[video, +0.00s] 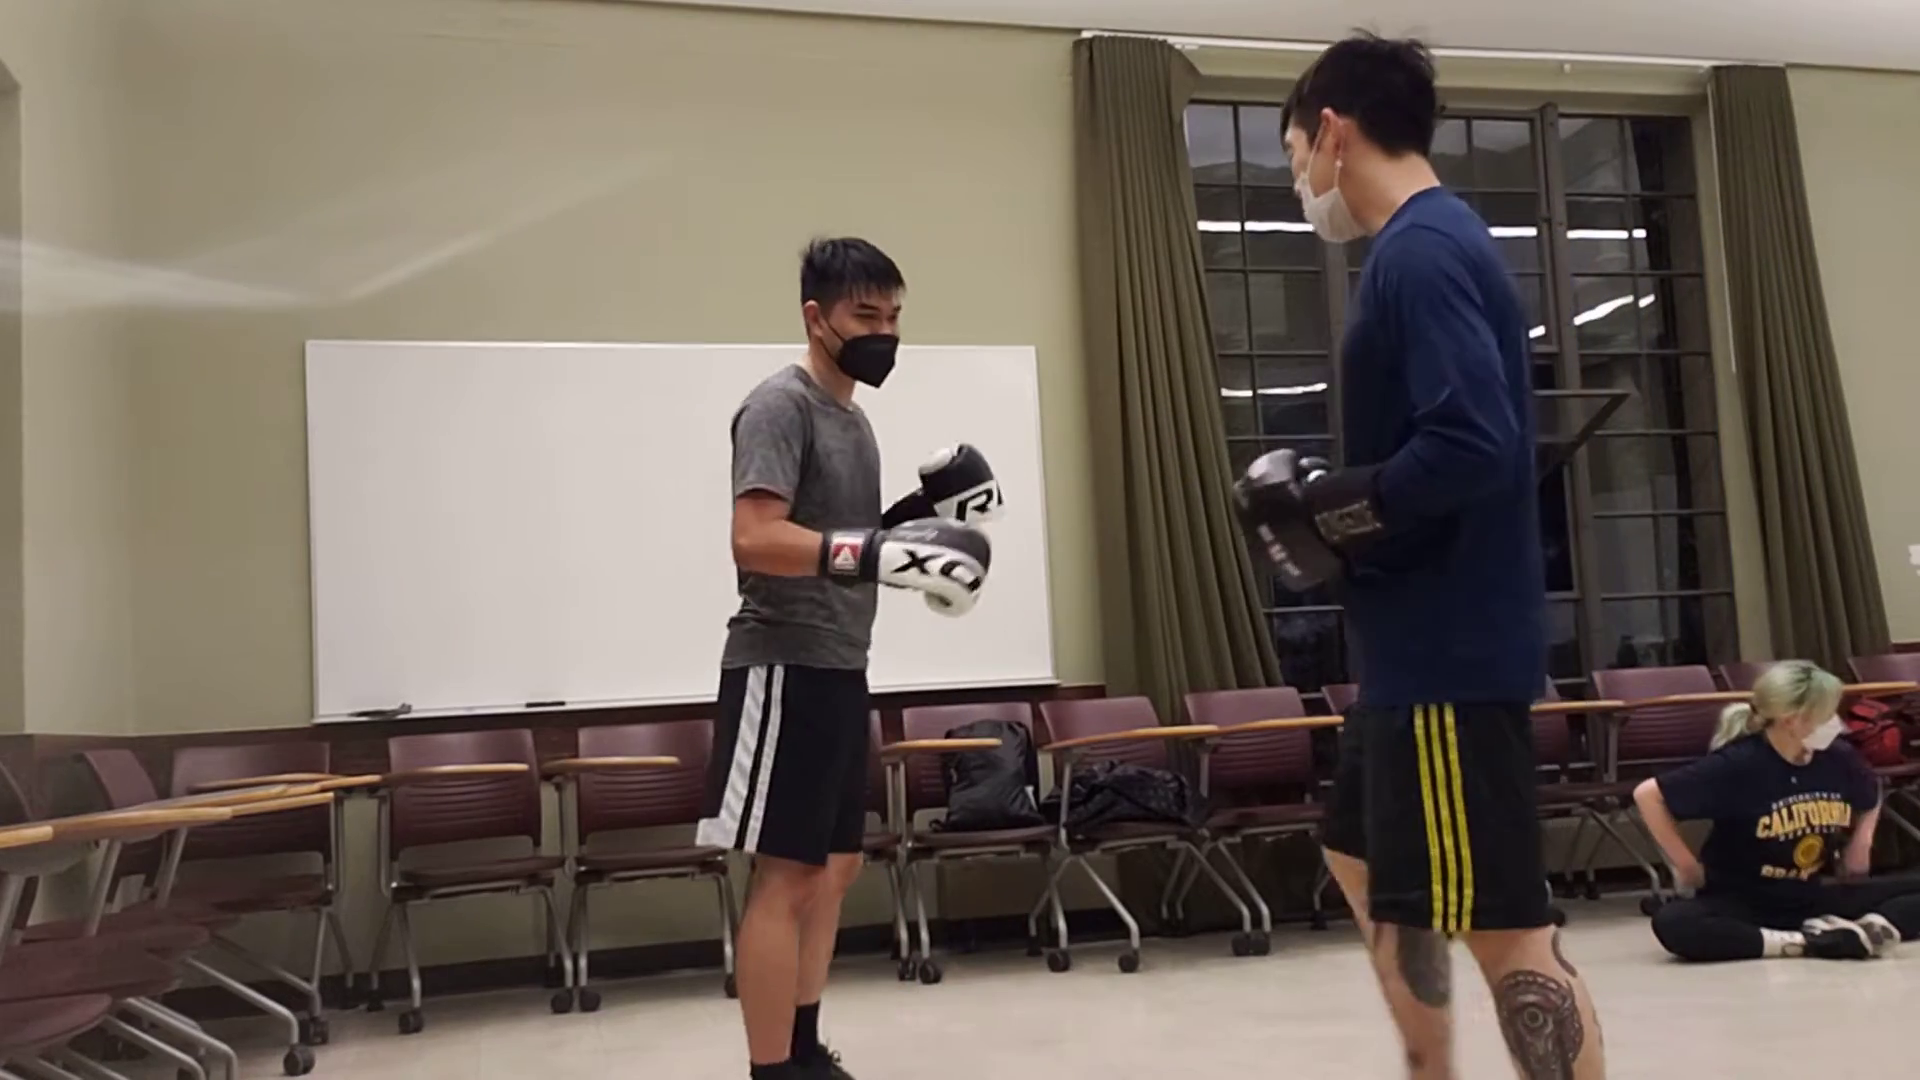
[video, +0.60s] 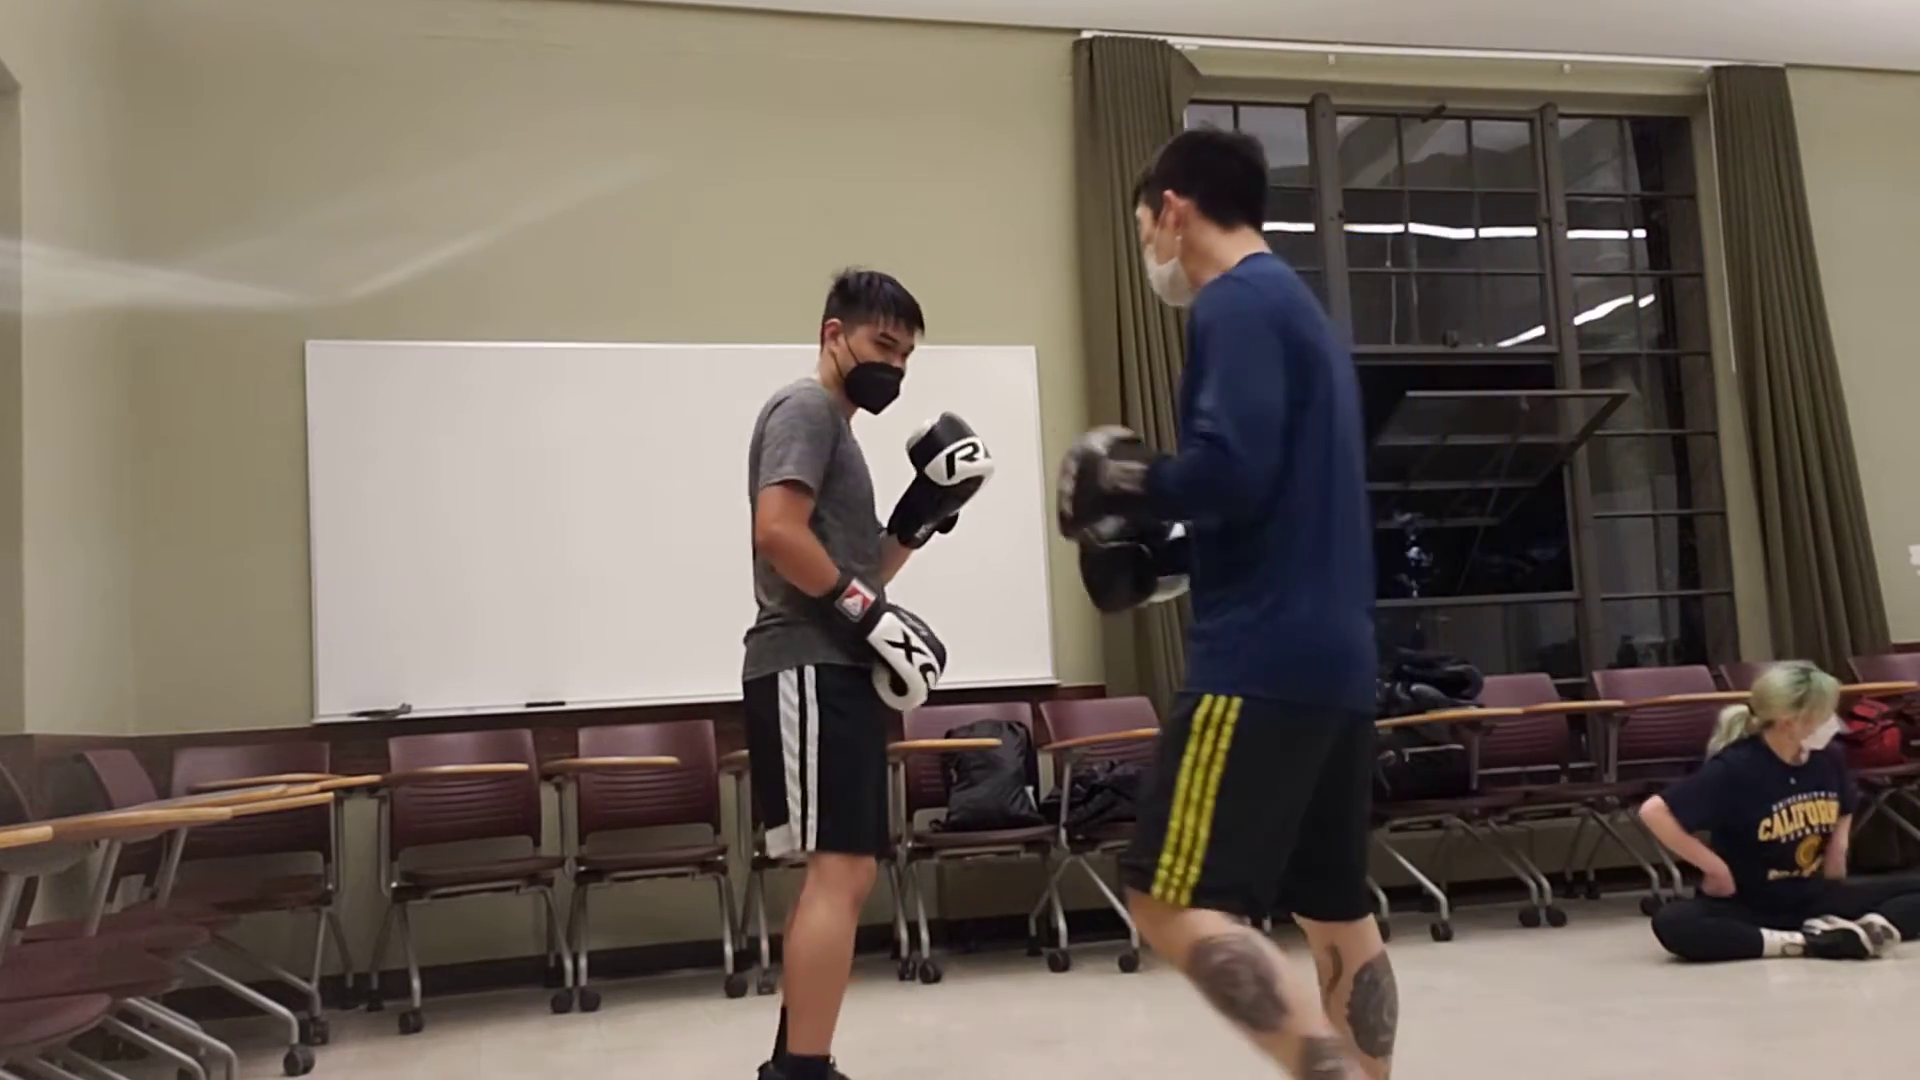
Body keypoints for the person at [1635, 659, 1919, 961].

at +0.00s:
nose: (1835, 725)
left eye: (1834, 716)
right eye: (1826, 718)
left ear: (1797, 721)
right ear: (1793, 722)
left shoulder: (1837, 760)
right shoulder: (1738, 764)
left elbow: (1870, 794)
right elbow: (1647, 794)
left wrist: (1859, 848)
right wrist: (1684, 864)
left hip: (1813, 897)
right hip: (1740, 902)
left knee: (1917, 888)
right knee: (1673, 923)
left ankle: (1853, 931)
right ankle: (1797, 943)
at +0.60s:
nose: (1832, 724)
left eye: (1831, 715)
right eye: (1823, 717)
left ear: (1796, 722)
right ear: (1790, 722)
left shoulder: (1828, 760)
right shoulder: (1735, 766)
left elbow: (1846, 805)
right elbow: (1654, 812)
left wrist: (1837, 848)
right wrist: (1712, 867)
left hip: (1814, 896)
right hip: (1746, 904)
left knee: (1917, 888)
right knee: (1672, 922)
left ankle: (1859, 931)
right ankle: (1797, 944)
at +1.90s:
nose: (1834, 718)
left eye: (1831, 708)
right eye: (1822, 710)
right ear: (1783, 715)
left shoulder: (1833, 767)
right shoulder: (1738, 774)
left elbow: (1860, 833)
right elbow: (1710, 866)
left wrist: (1847, 869)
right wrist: (1788, 911)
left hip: (1824, 895)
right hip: (1753, 904)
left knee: (1916, 891)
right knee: (1670, 923)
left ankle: (1853, 934)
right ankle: (1794, 945)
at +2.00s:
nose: (1832, 718)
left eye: (1829, 707)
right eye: (1820, 710)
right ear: (1780, 715)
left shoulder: (1833, 767)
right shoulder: (1737, 774)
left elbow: (1860, 832)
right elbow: (1711, 867)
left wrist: (1844, 872)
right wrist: (1790, 912)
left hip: (1824, 897)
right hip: (1752, 905)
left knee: (1916, 890)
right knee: (1670, 923)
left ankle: (1857, 934)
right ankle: (1794, 945)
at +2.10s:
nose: (1829, 717)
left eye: (1827, 707)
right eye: (1817, 710)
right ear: (1778, 715)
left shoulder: (1831, 766)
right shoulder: (1736, 774)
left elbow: (1856, 833)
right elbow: (1714, 868)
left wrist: (1847, 871)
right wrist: (1793, 912)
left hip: (1826, 897)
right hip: (1755, 906)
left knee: (1916, 892)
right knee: (1671, 923)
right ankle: (1793, 944)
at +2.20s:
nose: (1827, 717)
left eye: (1825, 707)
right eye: (1816, 709)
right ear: (1776, 714)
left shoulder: (1831, 765)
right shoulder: (1736, 774)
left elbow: (1852, 834)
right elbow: (1716, 868)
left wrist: (1846, 871)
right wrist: (1795, 913)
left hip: (1825, 897)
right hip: (1754, 906)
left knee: (1916, 891)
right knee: (1670, 923)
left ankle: (1861, 934)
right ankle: (1792, 944)